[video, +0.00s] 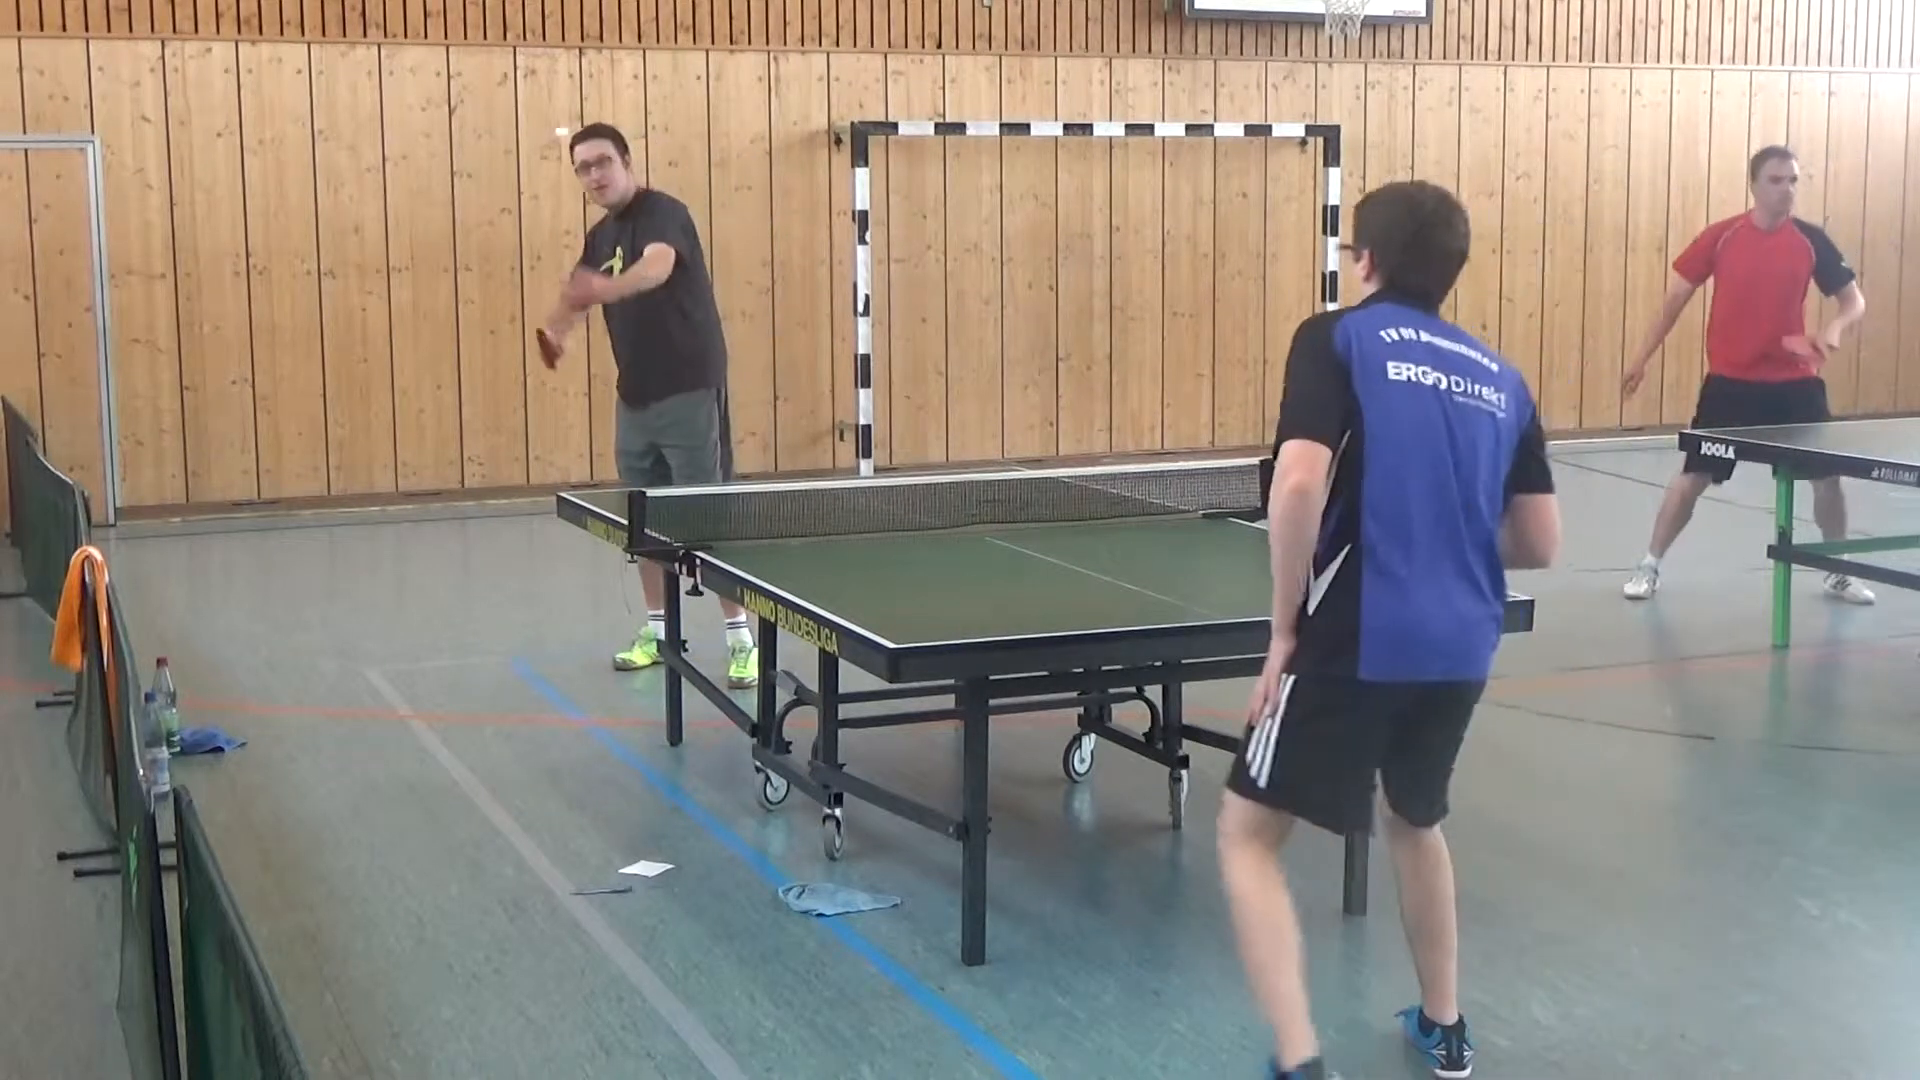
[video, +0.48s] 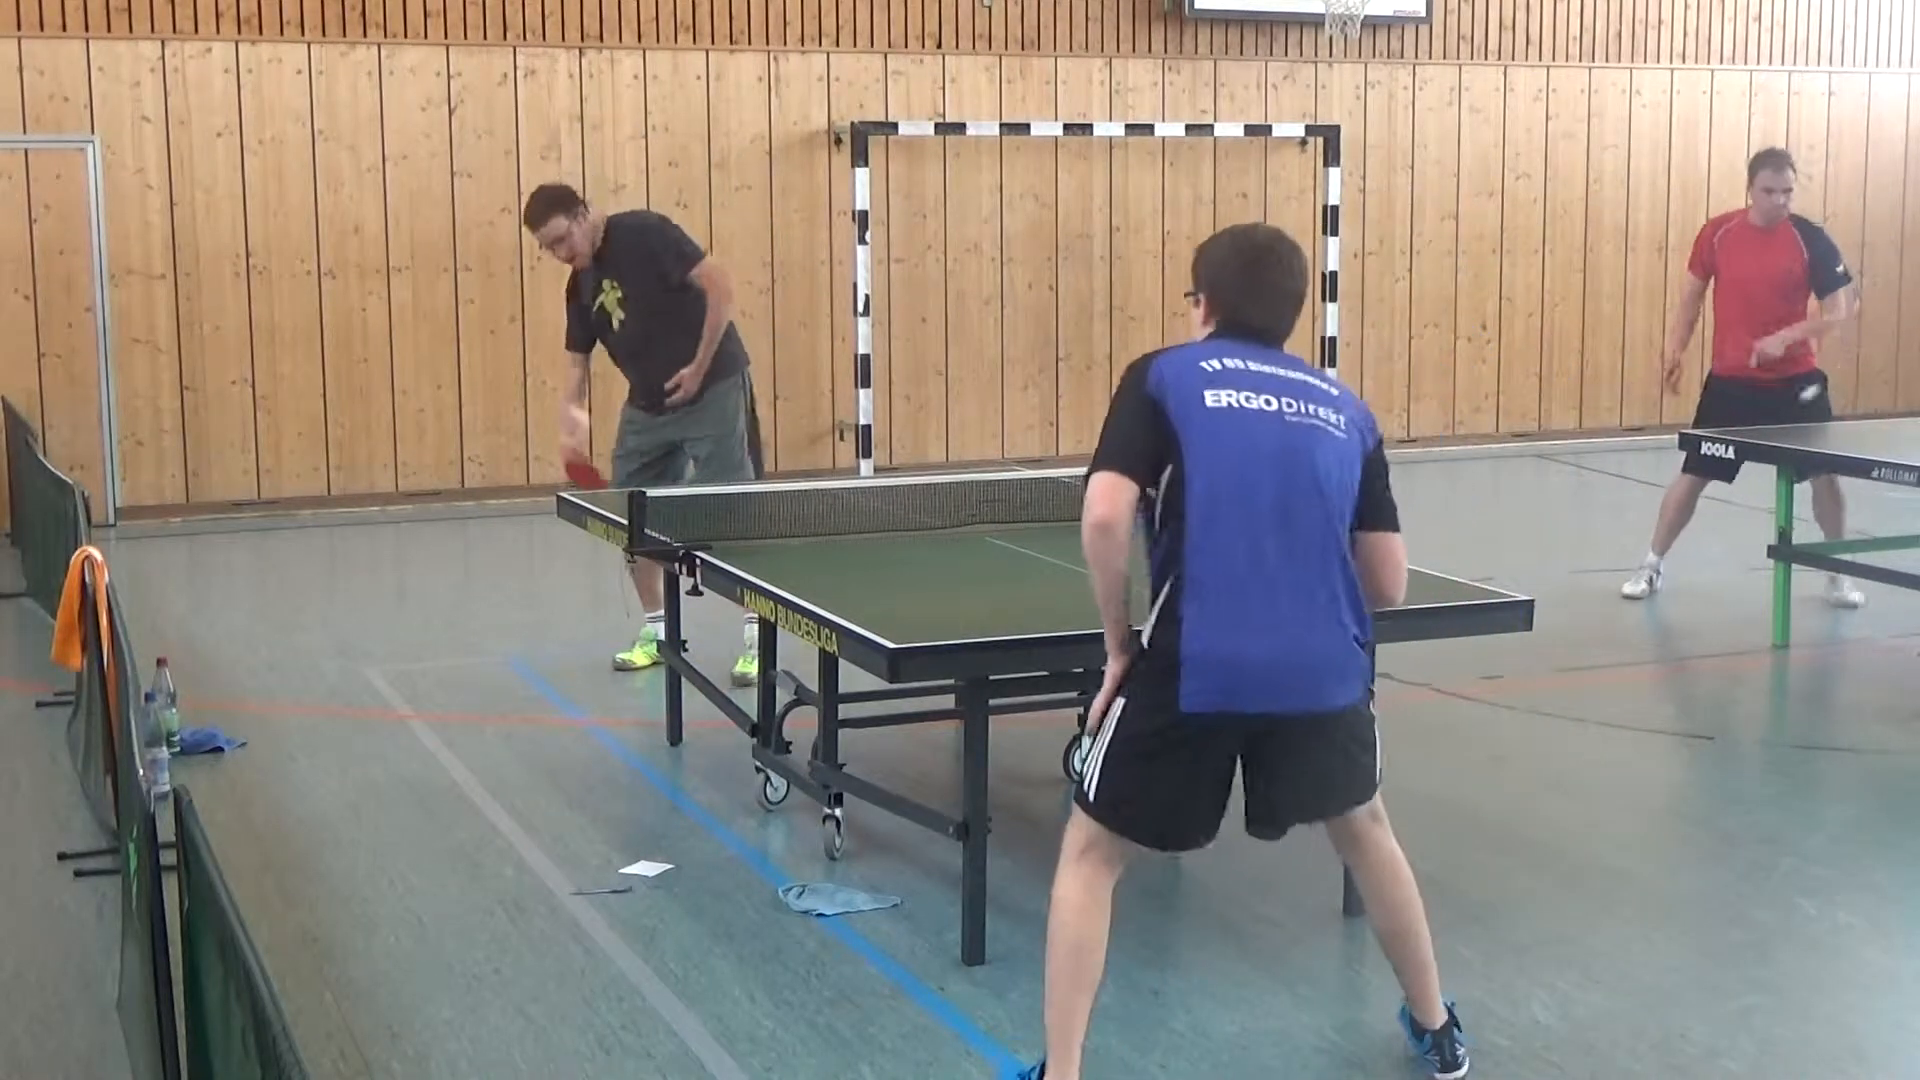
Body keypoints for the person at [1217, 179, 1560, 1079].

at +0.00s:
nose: (1346, 267)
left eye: (1352, 254)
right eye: (1352, 252)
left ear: (1371, 265)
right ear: (1449, 275)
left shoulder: (1334, 338)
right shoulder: (1503, 378)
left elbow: (1301, 482)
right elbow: (1538, 542)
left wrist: (1283, 626)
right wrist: (1446, 526)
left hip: (1353, 643)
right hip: (1461, 651)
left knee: (1248, 834)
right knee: (1417, 818)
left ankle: (1297, 1058)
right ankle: (1444, 1024)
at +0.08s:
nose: (1322, 275)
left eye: (1328, 261)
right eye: (1326, 260)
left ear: (1348, 272)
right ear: (1424, 281)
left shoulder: (1318, 344)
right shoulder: (1474, 381)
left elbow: (1290, 486)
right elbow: (1515, 546)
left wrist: (1266, 628)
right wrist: (1417, 541)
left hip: (1340, 650)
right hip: (1446, 657)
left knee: (1215, 831)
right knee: (1406, 818)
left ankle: (1207, 1065)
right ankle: (1444, 1027)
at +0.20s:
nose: (1279, 293)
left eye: (1283, 281)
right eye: (1285, 279)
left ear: (1300, 289)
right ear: (1380, 299)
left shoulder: (1274, 361)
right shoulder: (1433, 395)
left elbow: (1243, 498)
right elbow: (1475, 561)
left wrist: (1235, 641)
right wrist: (1395, 541)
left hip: (1306, 667)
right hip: (1412, 673)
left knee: (1175, 859)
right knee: (1386, 821)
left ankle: (1085, 1069)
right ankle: (1442, 1027)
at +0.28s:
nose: (1247, 307)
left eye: (1251, 295)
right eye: (1251, 293)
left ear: (1269, 304)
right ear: (1350, 313)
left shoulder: (1238, 372)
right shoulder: (1403, 405)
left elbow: (1193, 512)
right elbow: (1446, 575)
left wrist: (1192, 651)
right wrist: (1365, 573)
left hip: (1271, 670)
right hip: (1382, 678)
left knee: (1138, 856)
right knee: (1374, 825)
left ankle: (1068, 1069)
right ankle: (1441, 1026)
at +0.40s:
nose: (1203, 314)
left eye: (1208, 302)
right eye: (1209, 300)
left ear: (1225, 312)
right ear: (1309, 322)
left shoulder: (1185, 380)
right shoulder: (1364, 415)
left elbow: (1126, 518)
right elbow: (1406, 584)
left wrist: (1132, 650)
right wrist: (1328, 555)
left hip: (1213, 678)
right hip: (1337, 684)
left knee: (1097, 856)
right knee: (1367, 828)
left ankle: (1060, 1070)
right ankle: (1440, 1026)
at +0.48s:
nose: (1185, 311)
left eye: (1189, 300)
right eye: (1189, 298)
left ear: (1204, 308)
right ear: (1292, 317)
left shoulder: (1164, 377)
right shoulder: (1347, 408)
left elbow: (1105, 512)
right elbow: (1388, 585)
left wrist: (1117, 642)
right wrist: (1316, 571)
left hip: (1192, 673)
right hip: (1322, 677)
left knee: (1090, 857)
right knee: (1366, 830)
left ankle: (1060, 1070)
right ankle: (1435, 1025)